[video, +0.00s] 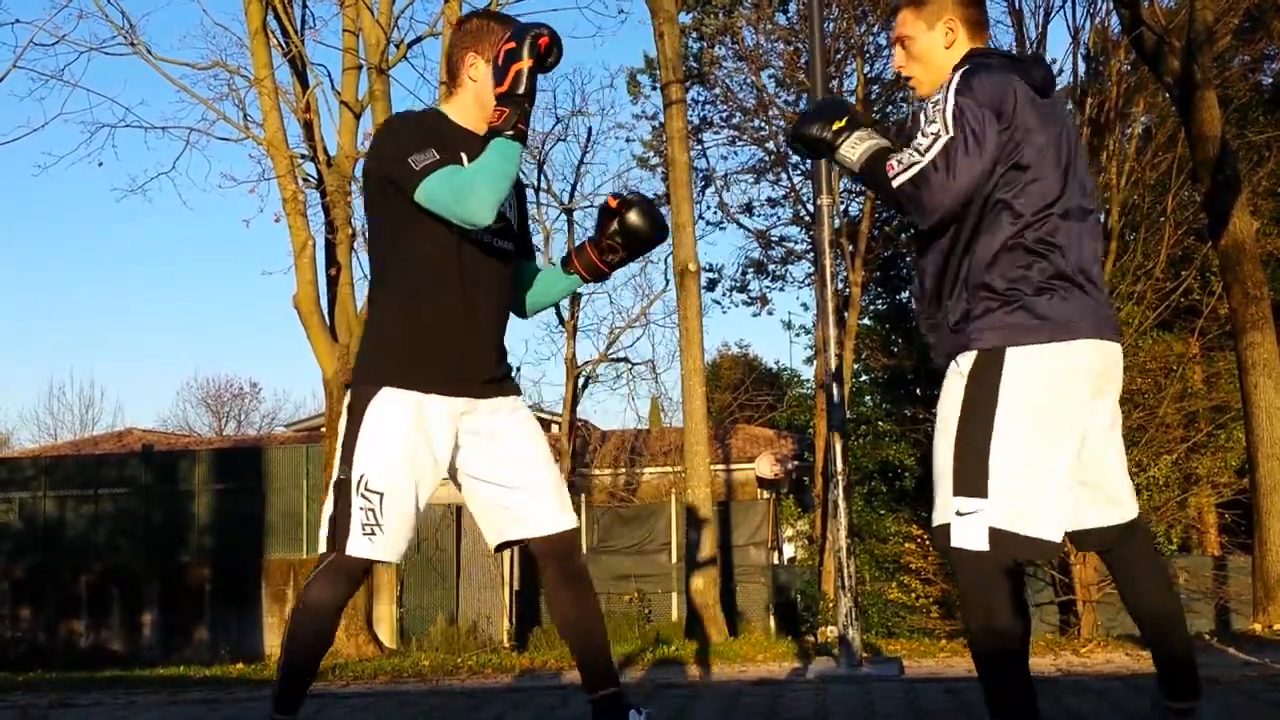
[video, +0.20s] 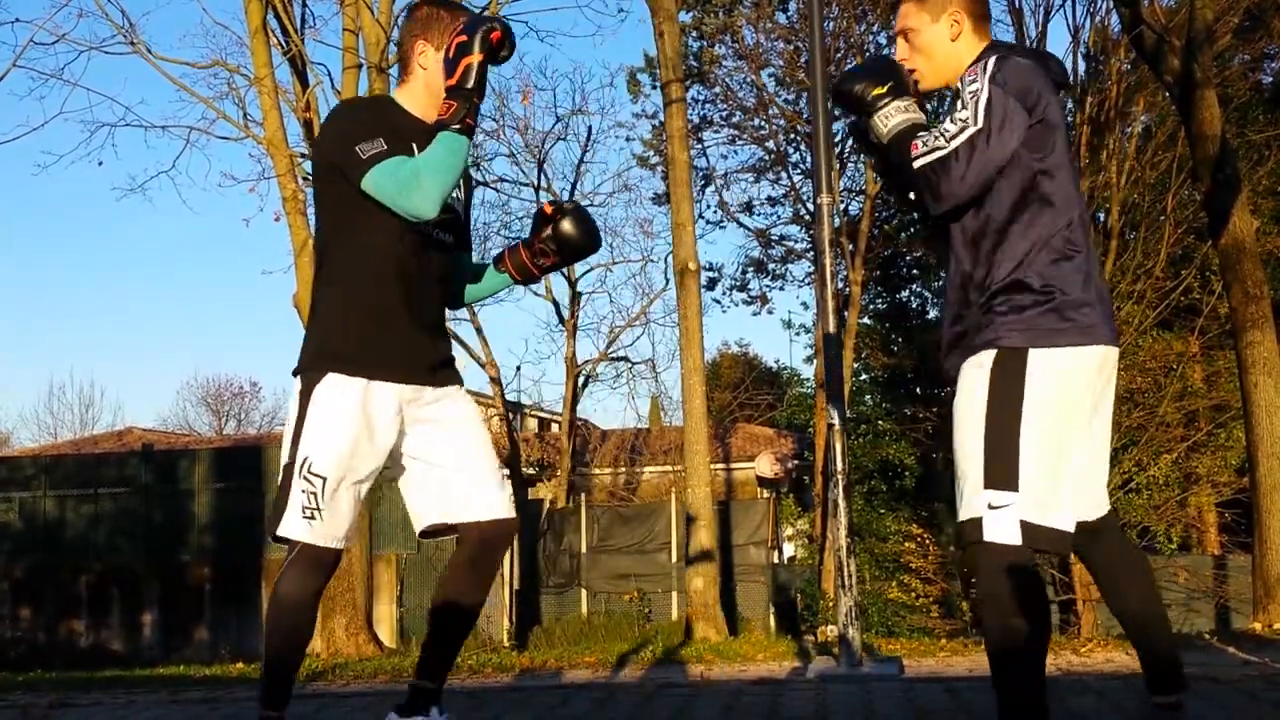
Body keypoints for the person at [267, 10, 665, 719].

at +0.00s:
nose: (519, 83)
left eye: (524, 72)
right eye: (510, 67)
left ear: (508, 77)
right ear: (471, 66)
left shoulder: (506, 177)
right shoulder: (403, 134)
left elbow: (521, 296)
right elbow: (470, 205)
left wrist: (588, 264)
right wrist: (514, 121)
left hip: (488, 390)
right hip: (401, 386)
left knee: (557, 544)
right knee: (351, 558)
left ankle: (611, 708)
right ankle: (282, 711)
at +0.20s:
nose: (474, 81)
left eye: (478, 67)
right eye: (465, 62)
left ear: (448, 60)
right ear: (427, 55)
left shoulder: (454, 161)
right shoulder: (353, 121)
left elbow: (446, 285)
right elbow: (418, 196)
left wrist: (518, 263)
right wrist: (462, 109)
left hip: (433, 377)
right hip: (349, 369)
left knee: (491, 524)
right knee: (318, 545)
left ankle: (421, 701)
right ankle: (272, 710)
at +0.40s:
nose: (446, 85)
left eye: (453, 74)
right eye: (437, 68)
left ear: (444, 82)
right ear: (400, 63)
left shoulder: (436, 176)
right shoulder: (327, 129)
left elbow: (455, 289)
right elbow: (377, 208)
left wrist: (517, 262)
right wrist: (424, 120)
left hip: (411, 386)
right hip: (324, 379)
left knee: (428, 549)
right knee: (295, 552)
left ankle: (384, 710)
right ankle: (252, 711)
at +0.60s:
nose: (427, 73)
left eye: (429, 62)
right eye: (416, 57)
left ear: (386, 60)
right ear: (369, 54)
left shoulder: (405, 164)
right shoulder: (298, 124)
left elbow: (414, 287)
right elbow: (320, 224)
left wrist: (481, 260)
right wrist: (409, 149)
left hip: (394, 380)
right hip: (309, 375)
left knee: (416, 542)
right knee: (282, 545)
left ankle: (384, 708)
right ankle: (231, 706)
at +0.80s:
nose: (418, 91)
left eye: (420, 76)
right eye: (409, 72)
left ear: (373, 71)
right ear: (362, 66)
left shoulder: (392, 175)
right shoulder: (282, 140)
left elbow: (385, 301)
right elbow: (237, 252)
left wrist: (456, 283)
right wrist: (351, 257)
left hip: (390, 385)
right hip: (304, 387)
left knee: (467, 520)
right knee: (273, 557)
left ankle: (435, 704)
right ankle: (230, 714)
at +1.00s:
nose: (457, 82)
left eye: (459, 68)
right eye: (448, 65)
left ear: (412, 68)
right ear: (400, 62)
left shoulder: (435, 172)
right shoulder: (313, 133)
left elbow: (442, 289)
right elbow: (252, 243)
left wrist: (502, 284)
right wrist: (358, 251)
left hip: (423, 380)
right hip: (331, 379)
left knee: (494, 528)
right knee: (289, 551)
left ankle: (518, 706)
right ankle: (233, 709)